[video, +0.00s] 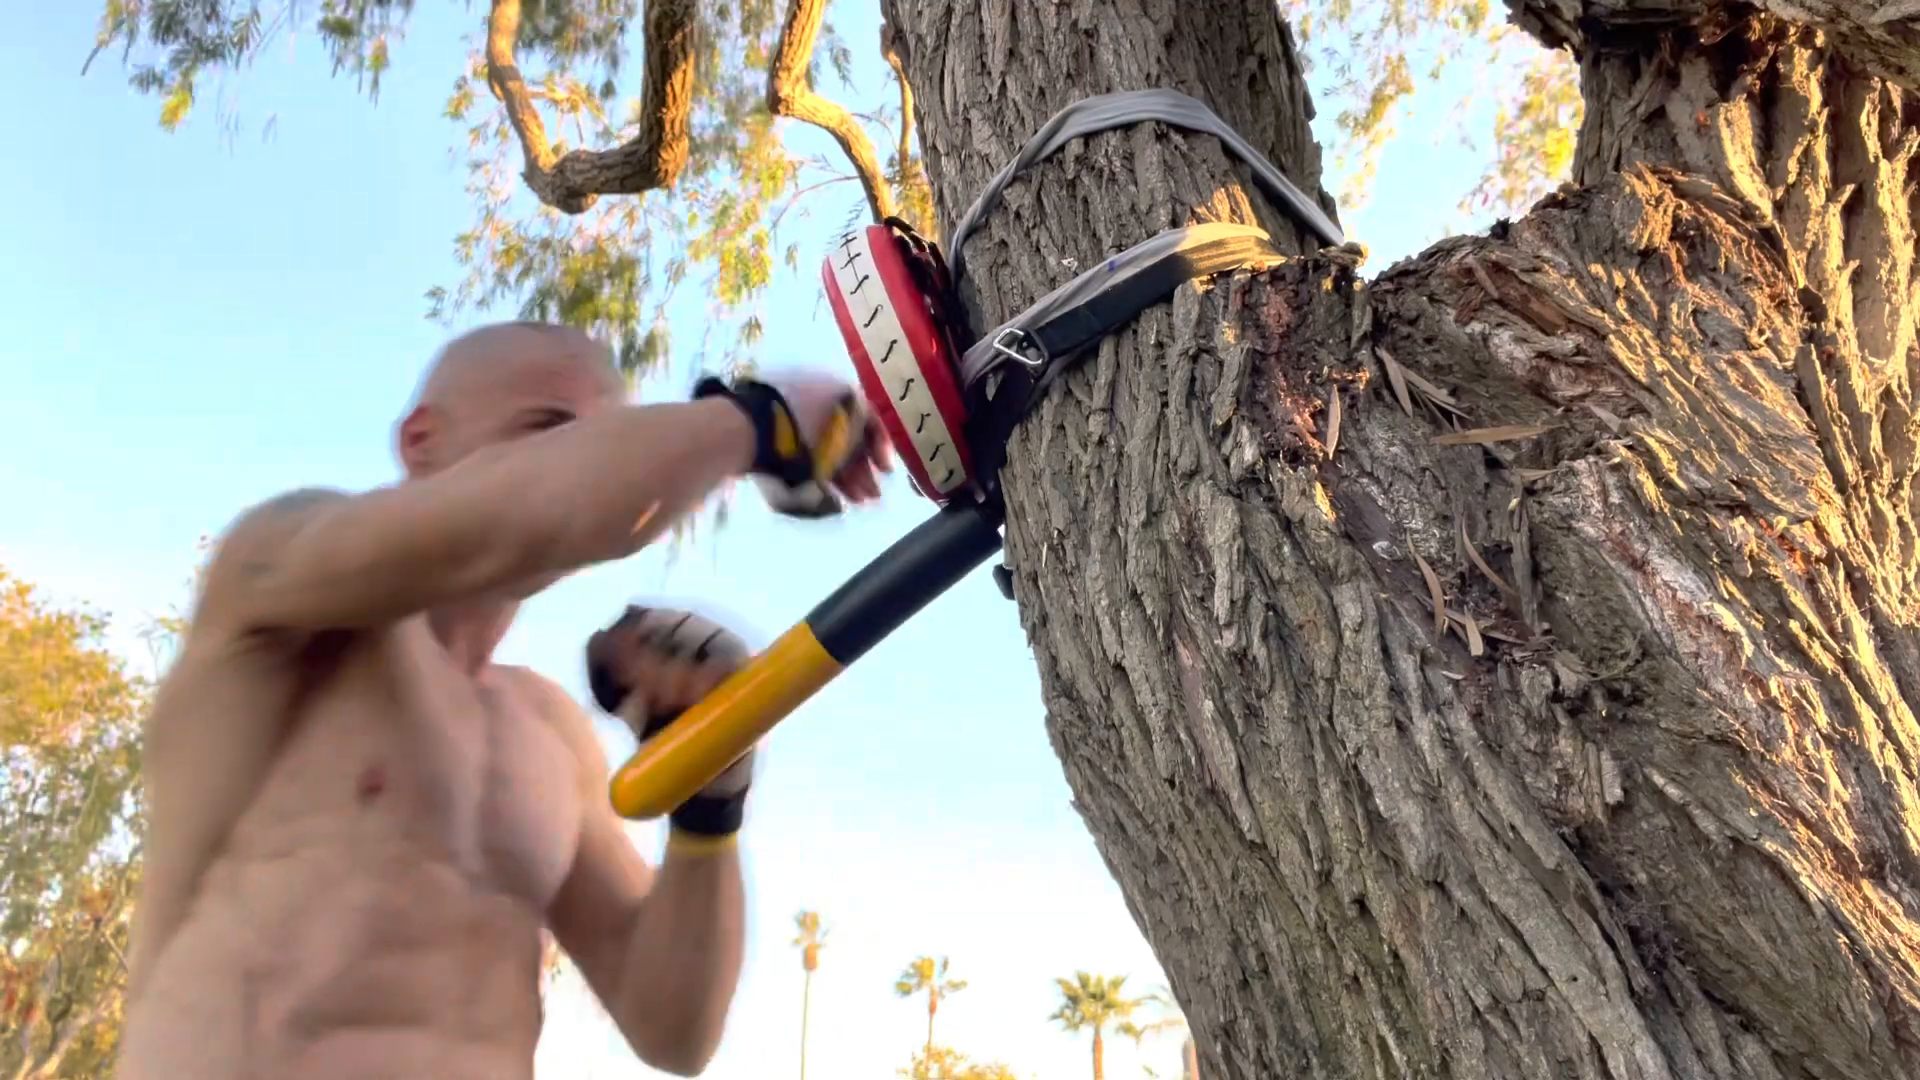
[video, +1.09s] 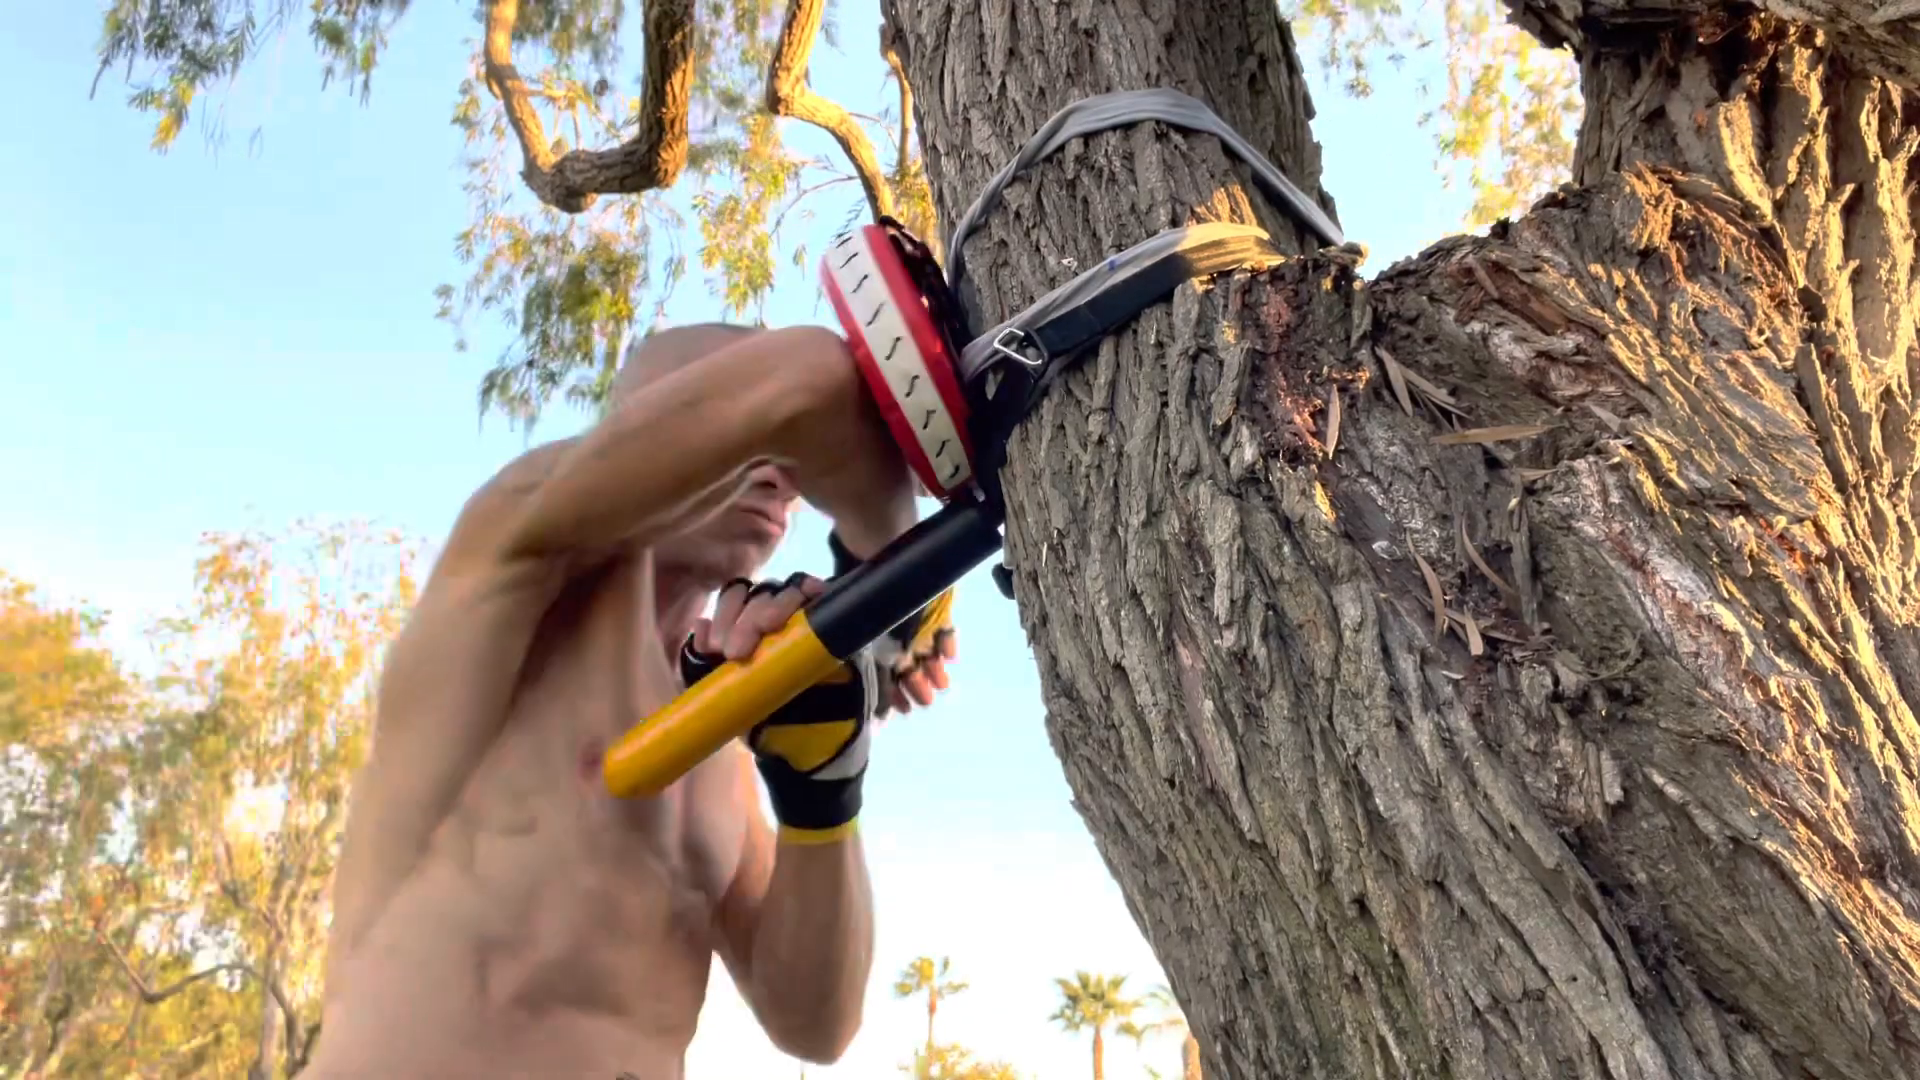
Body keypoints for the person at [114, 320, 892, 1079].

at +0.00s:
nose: (582, 473)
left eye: (609, 447)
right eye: (545, 428)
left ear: (634, 470)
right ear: (421, 444)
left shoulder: (553, 728)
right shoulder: (276, 572)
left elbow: (671, 1032)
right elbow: (501, 533)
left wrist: (710, 798)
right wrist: (762, 419)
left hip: (489, 1062)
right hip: (255, 1050)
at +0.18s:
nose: (392, 471)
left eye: (416, 446)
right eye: (350, 421)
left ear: (426, 476)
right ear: (214, 432)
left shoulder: (409, 692)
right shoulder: (53, 606)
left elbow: (683, 847)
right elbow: (105, 880)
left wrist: (636, 605)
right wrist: (534, 762)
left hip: (354, 1058)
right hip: (121, 1058)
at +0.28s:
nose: (333, 466)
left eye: (359, 441)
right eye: (290, 416)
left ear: (367, 474)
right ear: (152, 430)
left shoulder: (369, 662)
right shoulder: (27, 630)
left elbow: (655, 681)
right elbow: (44, 882)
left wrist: (806, 496)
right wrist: (461, 747)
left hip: (327, 1063)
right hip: (76, 1065)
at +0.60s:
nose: (326, 477)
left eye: (354, 450)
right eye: (283, 422)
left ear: (365, 481)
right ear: (148, 429)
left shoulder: (381, 680)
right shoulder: (25, 646)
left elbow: (711, 775)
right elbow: (20, 845)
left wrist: (806, 553)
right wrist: (379, 686)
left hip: (356, 1058)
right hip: (79, 1060)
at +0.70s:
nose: (415, 495)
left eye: (441, 469)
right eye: (377, 442)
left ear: (451, 498)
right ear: (242, 445)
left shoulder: (458, 720)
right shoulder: (70, 652)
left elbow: (760, 830)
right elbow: (21, 873)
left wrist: (812, 598)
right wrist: (397, 693)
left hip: (421, 1060)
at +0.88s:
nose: (652, 495)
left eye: (670, 471)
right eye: (615, 443)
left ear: (685, 495)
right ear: (490, 448)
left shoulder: (608, 732)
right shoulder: (357, 552)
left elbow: (797, 990)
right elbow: (292, 609)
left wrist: (808, 772)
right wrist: (635, 564)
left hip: (569, 1057)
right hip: (339, 1052)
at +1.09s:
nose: (777, 472)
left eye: (788, 450)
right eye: (732, 430)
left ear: (796, 488)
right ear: (637, 433)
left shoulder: (728, 754)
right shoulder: (520, 543)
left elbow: (813, 1024)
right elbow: (812, 373)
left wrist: (818, 778)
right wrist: (889, 562)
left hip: (642, 1058)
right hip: (419, 1051)